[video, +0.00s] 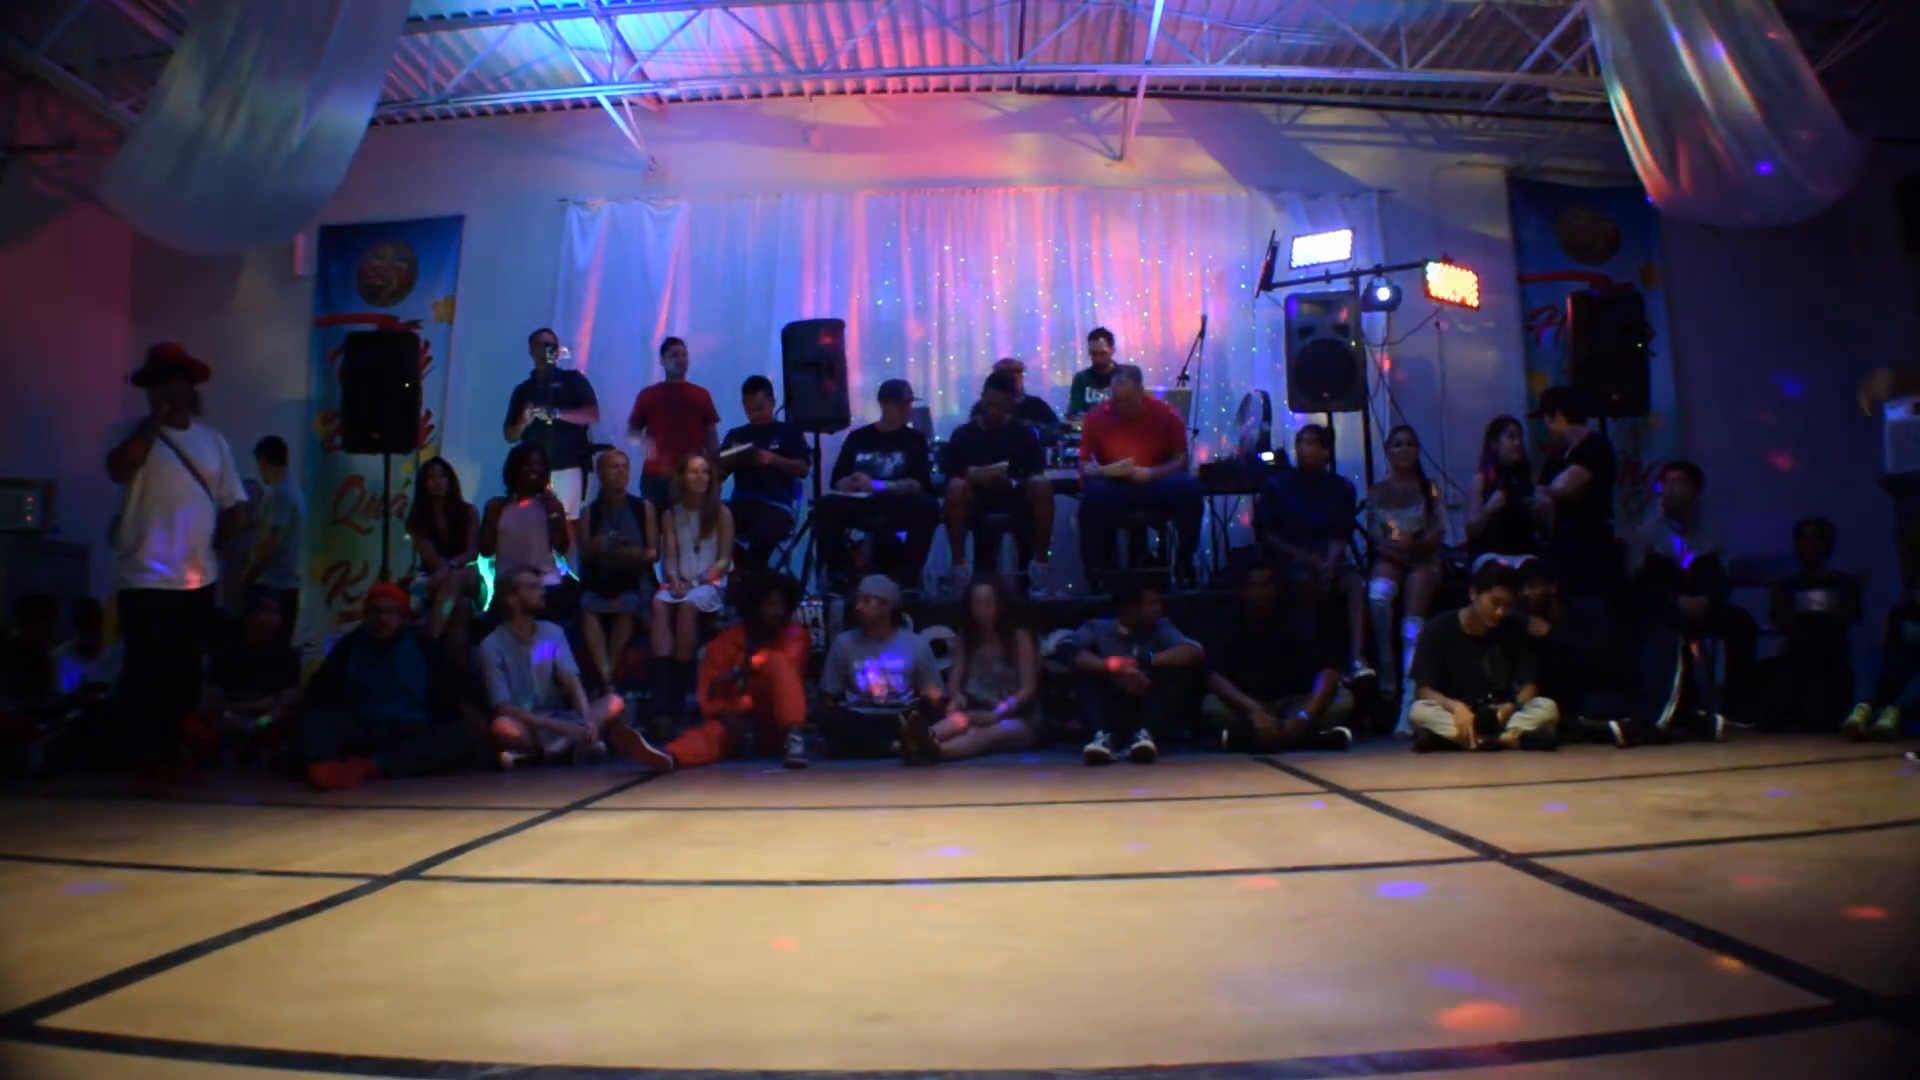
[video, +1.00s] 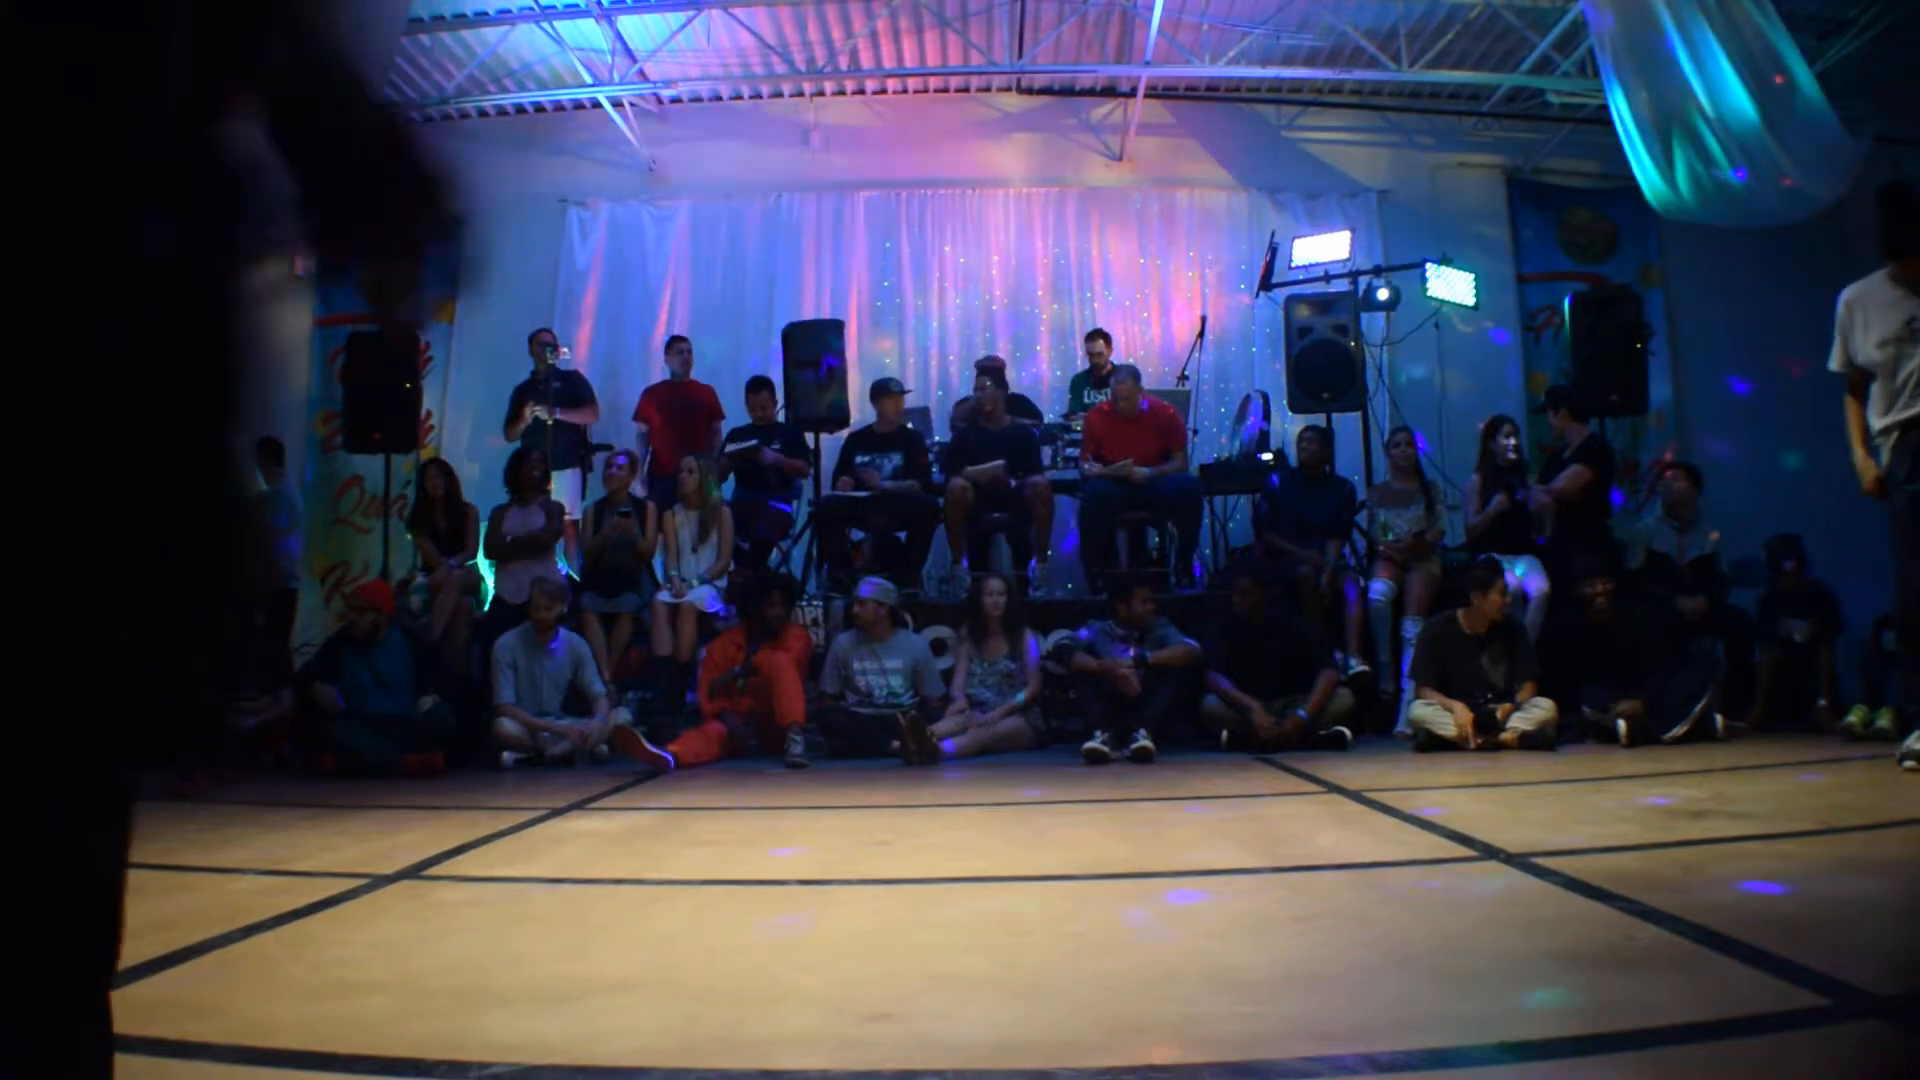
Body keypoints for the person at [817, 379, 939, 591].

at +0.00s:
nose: (909, 408)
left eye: (910, 403)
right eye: (904, 403)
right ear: (886, 405)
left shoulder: (915, 440)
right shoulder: (857, 438)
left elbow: (919, 484)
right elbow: (836, 482)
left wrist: (875, 485)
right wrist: (851, 483)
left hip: (898, 503)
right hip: (860, 503)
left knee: (927, 508)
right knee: (825, 507)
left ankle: (910, 579)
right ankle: (839, 576)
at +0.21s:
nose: (907, 410)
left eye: (908, 404)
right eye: (902, 404)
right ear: (883, 406)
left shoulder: (915, 439)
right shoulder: (858, 438)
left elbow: (919, 484)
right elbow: (838, 480)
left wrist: (875, 486)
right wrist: (848, 485)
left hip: (897, 502)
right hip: (860, 503)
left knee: (928, 509)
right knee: (826, 508)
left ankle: (907, 579)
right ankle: (840, 577)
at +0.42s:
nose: (903, 409)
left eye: (903, 403)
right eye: (896, 404)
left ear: (905, 404)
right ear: (879, 406)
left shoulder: (914, 439)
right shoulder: (856, 438)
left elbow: (919, 483)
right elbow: (837, 481)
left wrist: (876, 486)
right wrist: (847, 485)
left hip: (897, 503)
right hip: (859, 503)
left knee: (927, 508)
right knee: (827, 506)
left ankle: (907, 579)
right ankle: (838, 576)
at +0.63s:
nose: (896, 408)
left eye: (899, 402)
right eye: (889, 403)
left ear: (903, 403)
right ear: (875, 405)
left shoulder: (913, 439)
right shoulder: (856, 439)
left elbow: (919, 484)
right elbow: (837, 482)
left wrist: (876, 486)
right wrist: (848, 485)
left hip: (897, 502)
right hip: (859, 502)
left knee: (927, 508)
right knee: (826, 508)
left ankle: (907, 580)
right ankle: (839, 577)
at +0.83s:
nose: (897, 406)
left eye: (900, 400)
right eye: (890, 401)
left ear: (903, 402)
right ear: (875, 404)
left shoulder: (913, 439)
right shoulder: (856, 438)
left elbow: (918, 483)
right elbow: (837, 480)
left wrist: (876, 485)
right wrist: (845, 483)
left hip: (896, 502)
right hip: (859, 502)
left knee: (927, 508)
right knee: (827, 506)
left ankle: (907, 580)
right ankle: (839, 576)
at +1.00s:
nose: (898, 405)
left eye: (900, 399)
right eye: (891, 400)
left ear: (903, 401)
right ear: (876, 403)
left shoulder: (913, 439)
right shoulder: (856, 439)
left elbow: (921, 483)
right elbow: (838, 480)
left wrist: (881, 484)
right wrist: (843, 483)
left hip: (899, 502)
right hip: (861, 502)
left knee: (927, 508)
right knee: (827, 506)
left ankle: (909, 578)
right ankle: (839, 576)